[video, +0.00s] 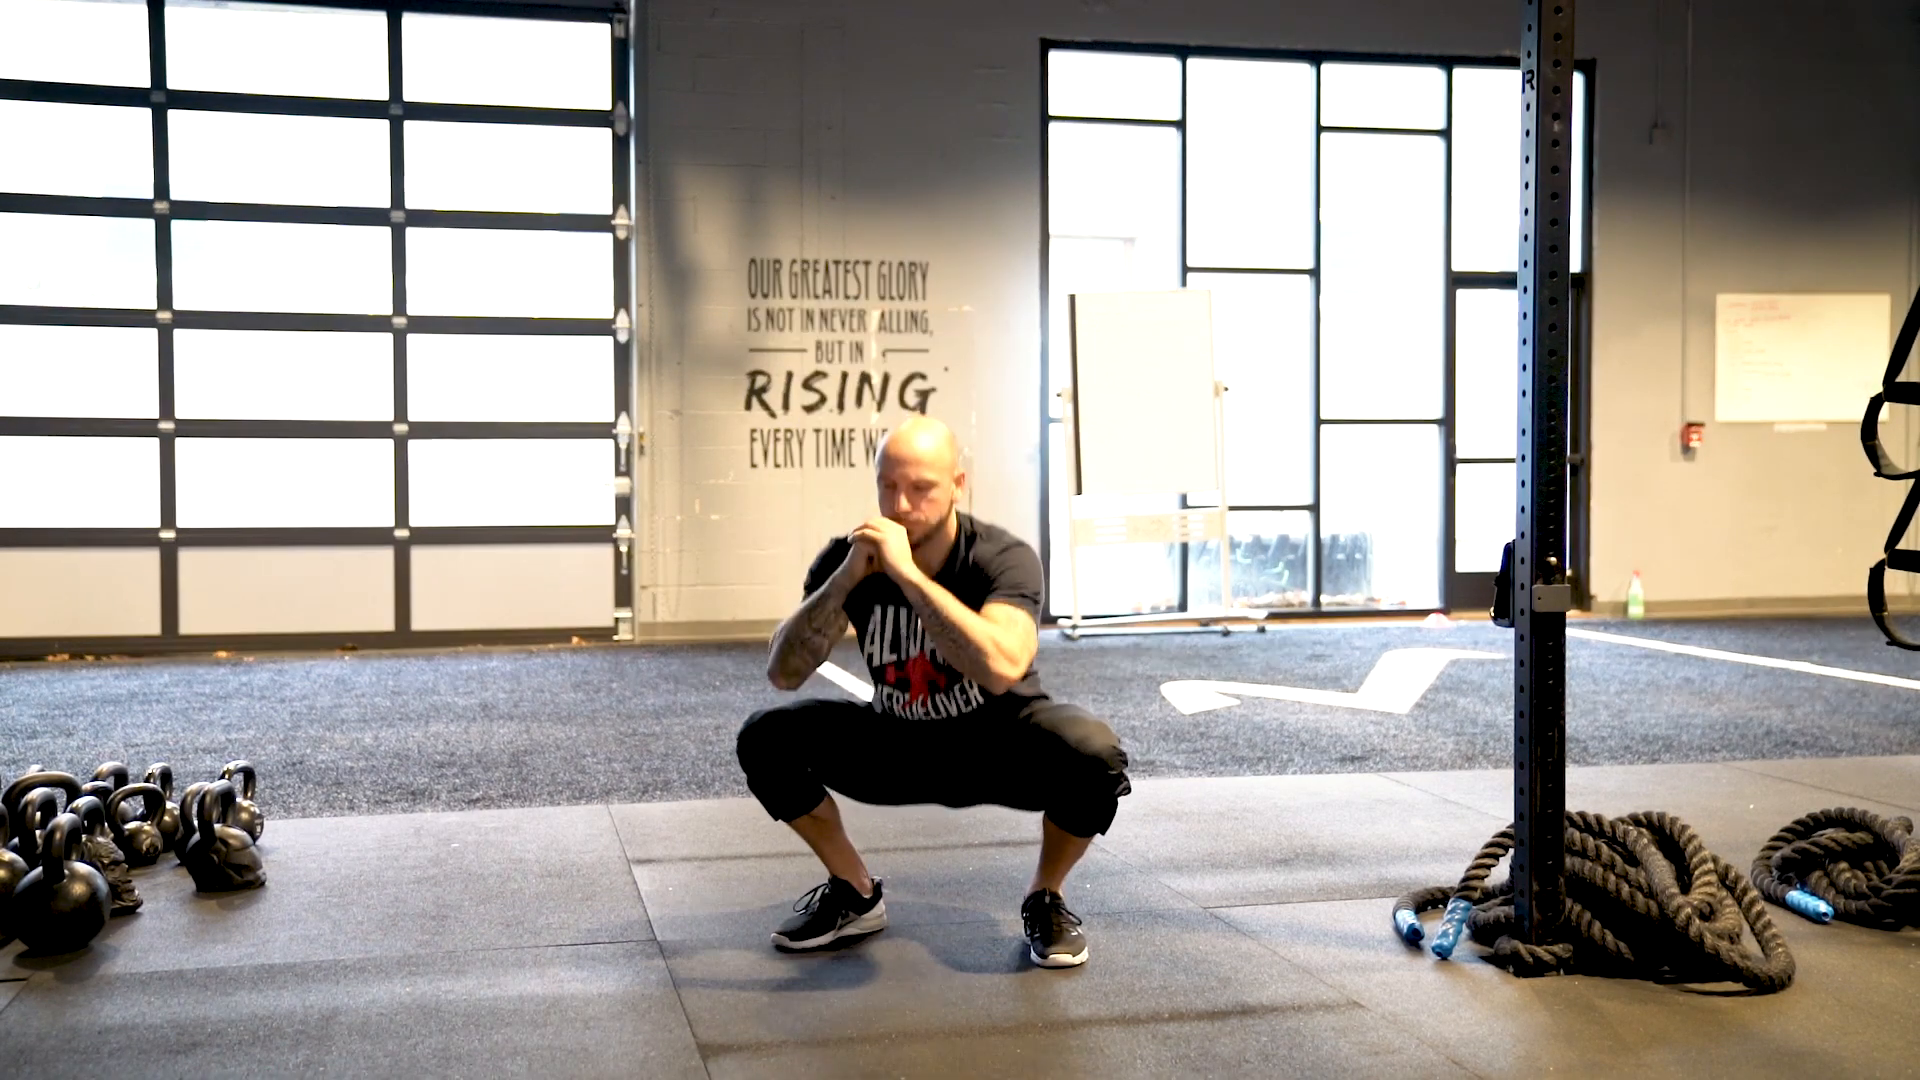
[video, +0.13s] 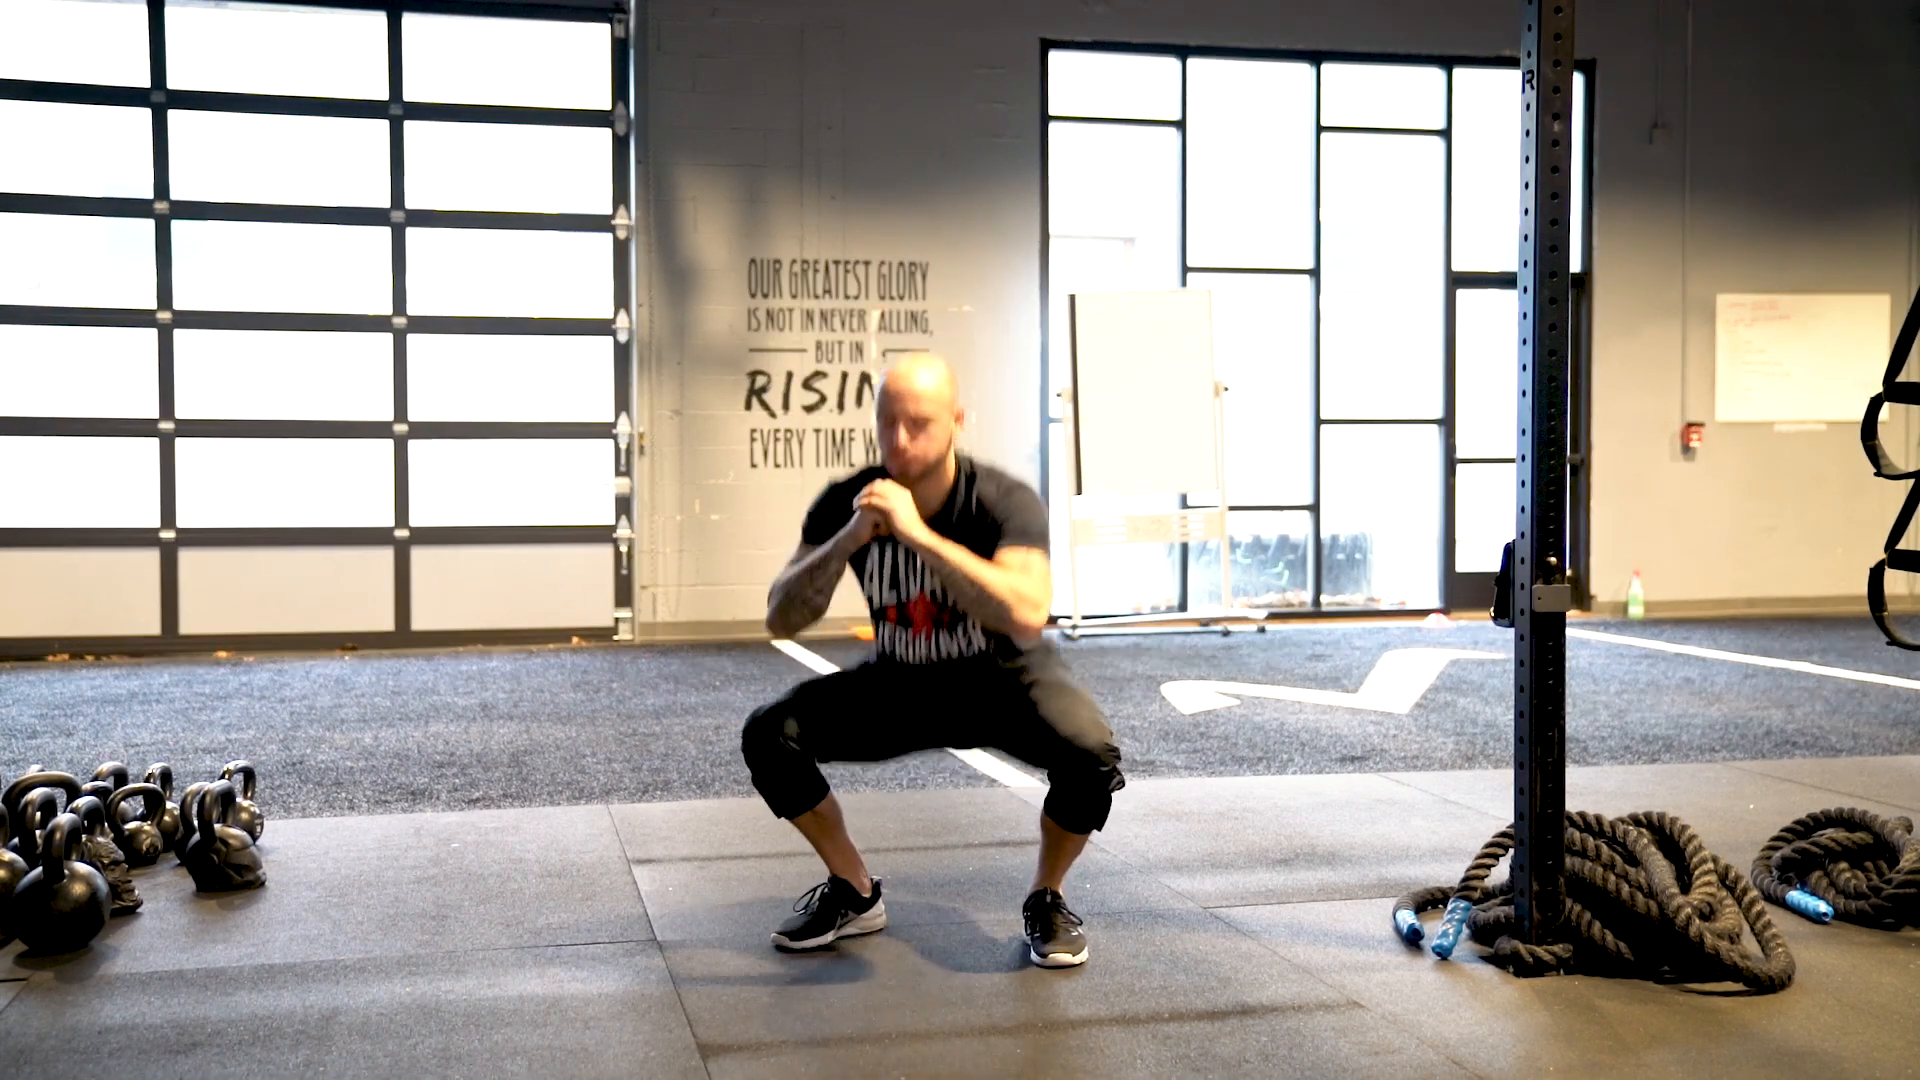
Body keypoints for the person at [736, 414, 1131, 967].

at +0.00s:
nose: (901, 506)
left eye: (921, 490)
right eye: (889, 488)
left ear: (959, 485)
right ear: (875, 484)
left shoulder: (1005, 559)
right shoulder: (847, 562)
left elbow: (1002, 665)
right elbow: (783, 673)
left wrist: (908, 573)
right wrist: (848, 576)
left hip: (994, 741)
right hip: (896, 743)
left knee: (1091, 752)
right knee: (767, 740)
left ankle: (1046, 898)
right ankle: (854, 888)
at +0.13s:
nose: (899, 442)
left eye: (918, 426)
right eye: (888, 424)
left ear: (956, 424)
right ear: (874, 421)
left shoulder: (1008, 501)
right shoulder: (848, 501)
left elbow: (1027, 615)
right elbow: (782, 622)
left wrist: (920, 536)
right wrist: (847, 541)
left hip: (1000, 684)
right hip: (900, 687)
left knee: (1089, 756)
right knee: (770, 736)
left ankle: (1047, 899)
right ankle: (854, 890)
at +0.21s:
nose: (899, 377)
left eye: (917, 358)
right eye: (888, 358)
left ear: (954, 357)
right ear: (873, 358)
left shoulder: (1007, 442)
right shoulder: (846, 445)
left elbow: (1048, 563)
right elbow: (792, 572)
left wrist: (929, 510)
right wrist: (851, 513)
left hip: (1008, 631)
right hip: (903, 631)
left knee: (1085, 750)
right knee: (774, 731)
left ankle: (1047, 899)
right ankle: (854, 890)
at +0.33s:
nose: (897, 278)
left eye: (915, 260)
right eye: (885, 259)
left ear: (952, 257)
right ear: (870, 258)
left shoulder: (1014, 351)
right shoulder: (843, 356)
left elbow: (1061, 472)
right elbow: (817, 487)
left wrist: (955, 472)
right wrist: (867, 467)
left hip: (1009, 566)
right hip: (899, 566)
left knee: (1068, 731)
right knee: (792, 716)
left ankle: (1048, 897)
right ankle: (854, 888)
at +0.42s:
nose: (896, 231)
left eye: (914, 213)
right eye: (883, 213)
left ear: (952, 211)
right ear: (869, 214)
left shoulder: (1017, 308)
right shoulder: (840, 313)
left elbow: (1061, 430)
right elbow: (819, 445)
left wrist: (953, 435)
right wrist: (866, 435)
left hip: (1008, 538)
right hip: (896, 537)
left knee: (1060, 717)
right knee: (808, 703)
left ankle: (1048, 894)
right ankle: (854, 885)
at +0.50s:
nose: (892, 216)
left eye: (910, 198)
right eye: (880, 198)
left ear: (949, 196)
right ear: (867, 200)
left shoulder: (1010, 289)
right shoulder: (839, 297)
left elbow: (1054, 421)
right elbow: (815, 438)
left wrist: (946, 410)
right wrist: (863, 408)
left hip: (1005, 525)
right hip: (895, 525)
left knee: (1053, 713)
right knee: (819, 701)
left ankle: (1046, 893)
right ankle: (855, 884)